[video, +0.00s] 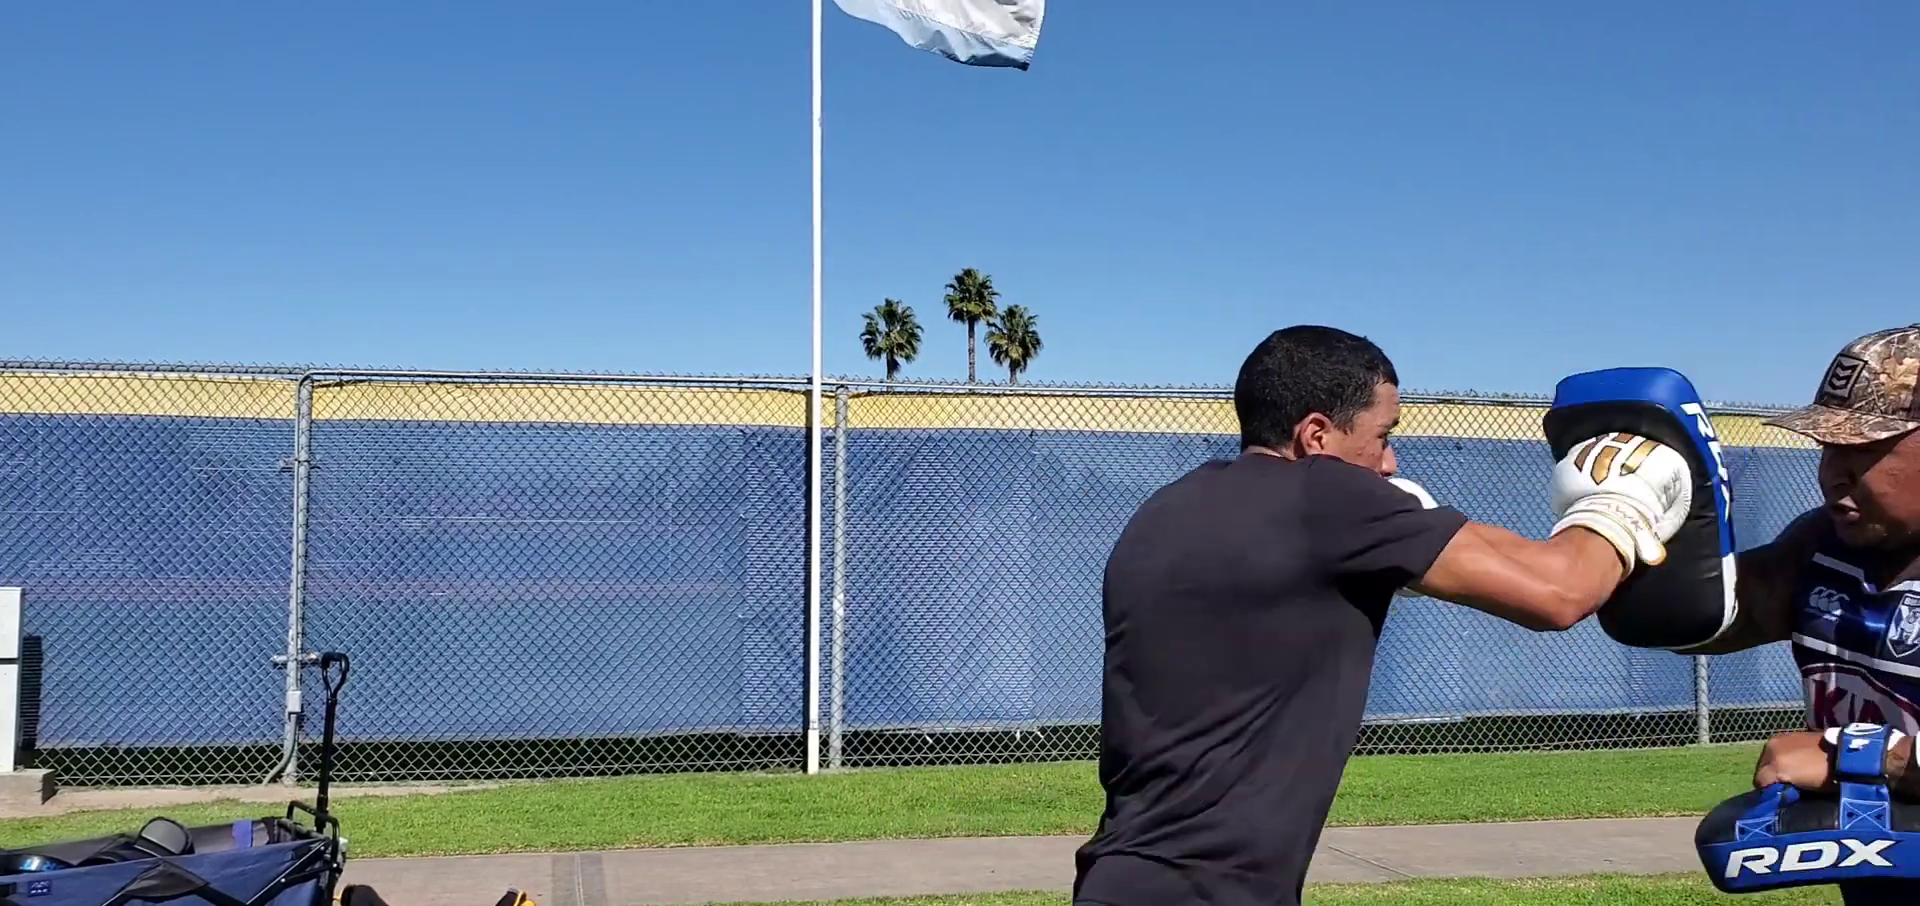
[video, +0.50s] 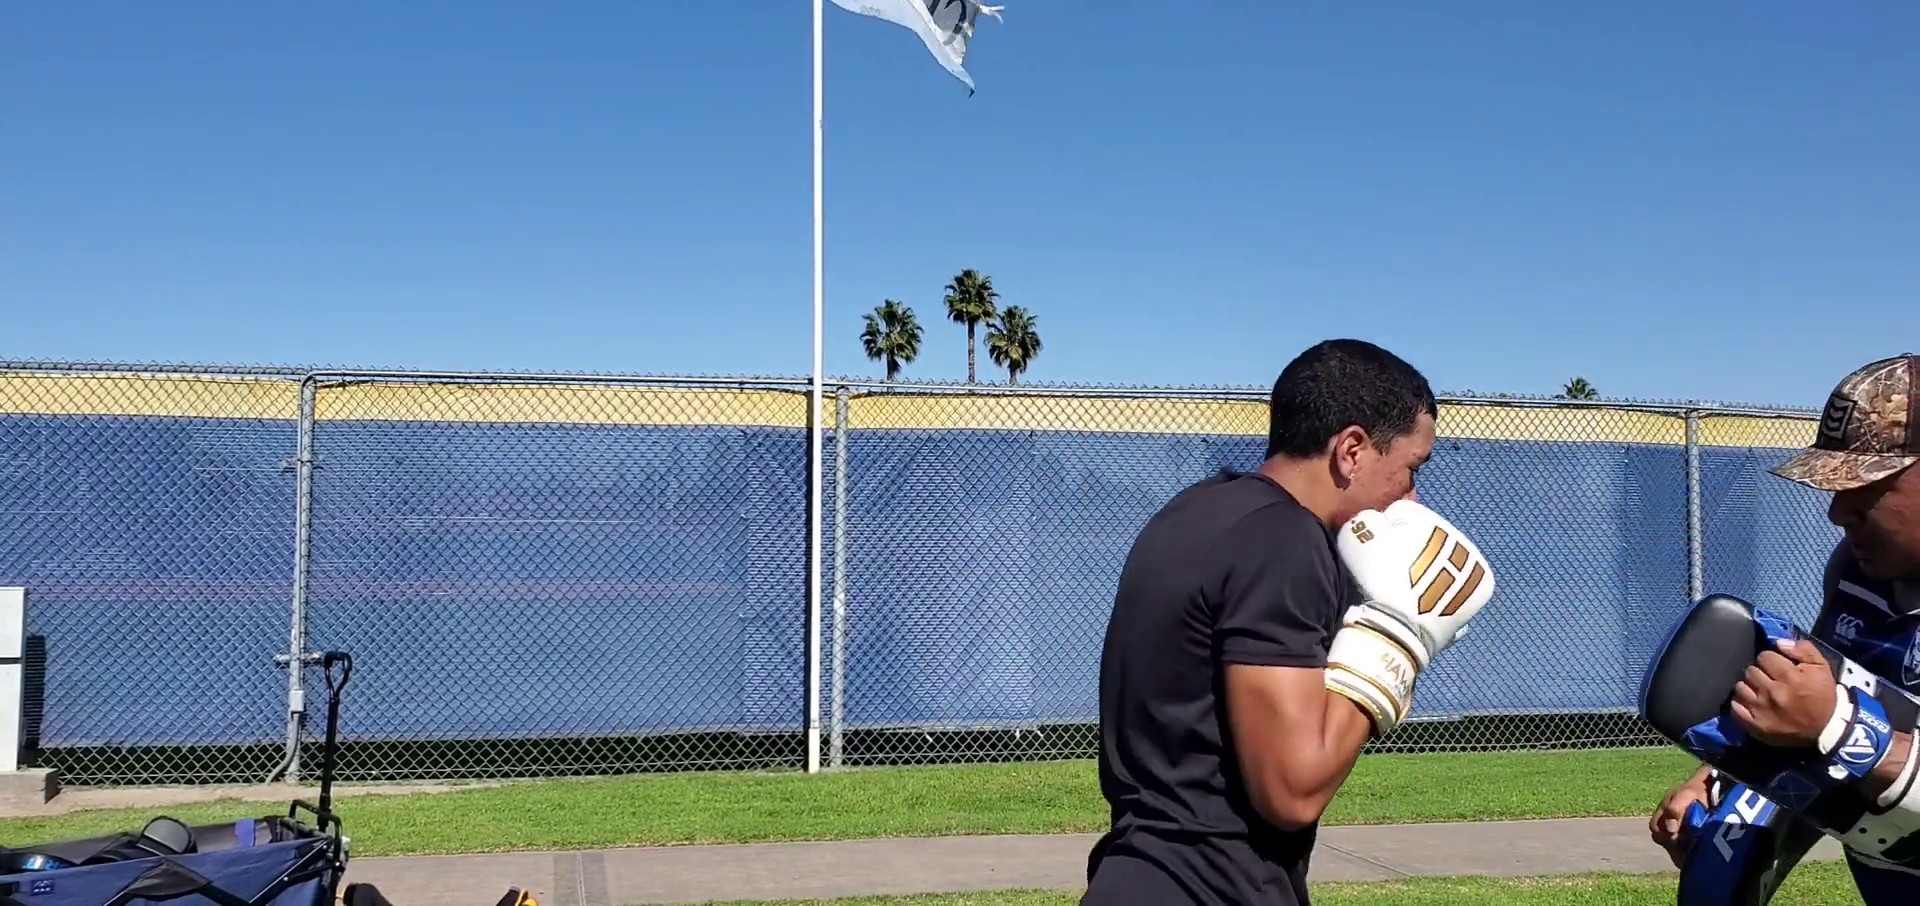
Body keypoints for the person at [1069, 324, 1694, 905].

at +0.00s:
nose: (1393, 464)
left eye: (1392, 440)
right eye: (1383, 439)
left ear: (1291, 432)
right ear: (1313, 435)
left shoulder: (1157, 518)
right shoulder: (1325, 501)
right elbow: (1557, 590)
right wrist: (1628, 504)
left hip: (1121, 871)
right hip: (1218, 883)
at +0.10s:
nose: (1399, 456)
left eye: (1398, 430)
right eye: (1388, 427)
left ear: (1309, 424)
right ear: (1322, 423)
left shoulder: (1164, 513)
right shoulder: (1326, 507)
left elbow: (1218, 671)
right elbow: (1522, 659)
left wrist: (1343, 618)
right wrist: (1607, 568)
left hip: (1131, 871)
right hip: (1251, 880)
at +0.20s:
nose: (1405, 453)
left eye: (1402, 426)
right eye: (1394, 425)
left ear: (1320, 430)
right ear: (1328, 429)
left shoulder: (1175, 514)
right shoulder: (1319, 526)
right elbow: (1400, 767)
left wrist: (1344, 603)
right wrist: (1497, 668)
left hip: (1134, 866)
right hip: (1243, 876)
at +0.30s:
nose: (1408, 468)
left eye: (1407, 443)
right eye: (1400, 441)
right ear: (1338, 434)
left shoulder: (1188, 513)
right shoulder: (1287, 538)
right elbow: (1292, 792)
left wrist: (1345, 626)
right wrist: (1410, 659)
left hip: (1138, 862)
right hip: (1223, 879)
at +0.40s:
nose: (1403, 475)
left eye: (1407, 450)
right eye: (1400, 445)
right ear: (1339, 432)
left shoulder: (1199, 505)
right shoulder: (1263, 530)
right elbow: (1273, 782)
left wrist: (1339, 608)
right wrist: (1384, 636)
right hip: (1208, 882)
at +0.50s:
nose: (1410, 494)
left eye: (1417, 472)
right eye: (1411, 468)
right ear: (1351, 452)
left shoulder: (1197, 514)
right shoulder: (1279, 539)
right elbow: (1293, 791)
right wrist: (1391, 636)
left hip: (1142, 867)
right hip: (1216, 882)